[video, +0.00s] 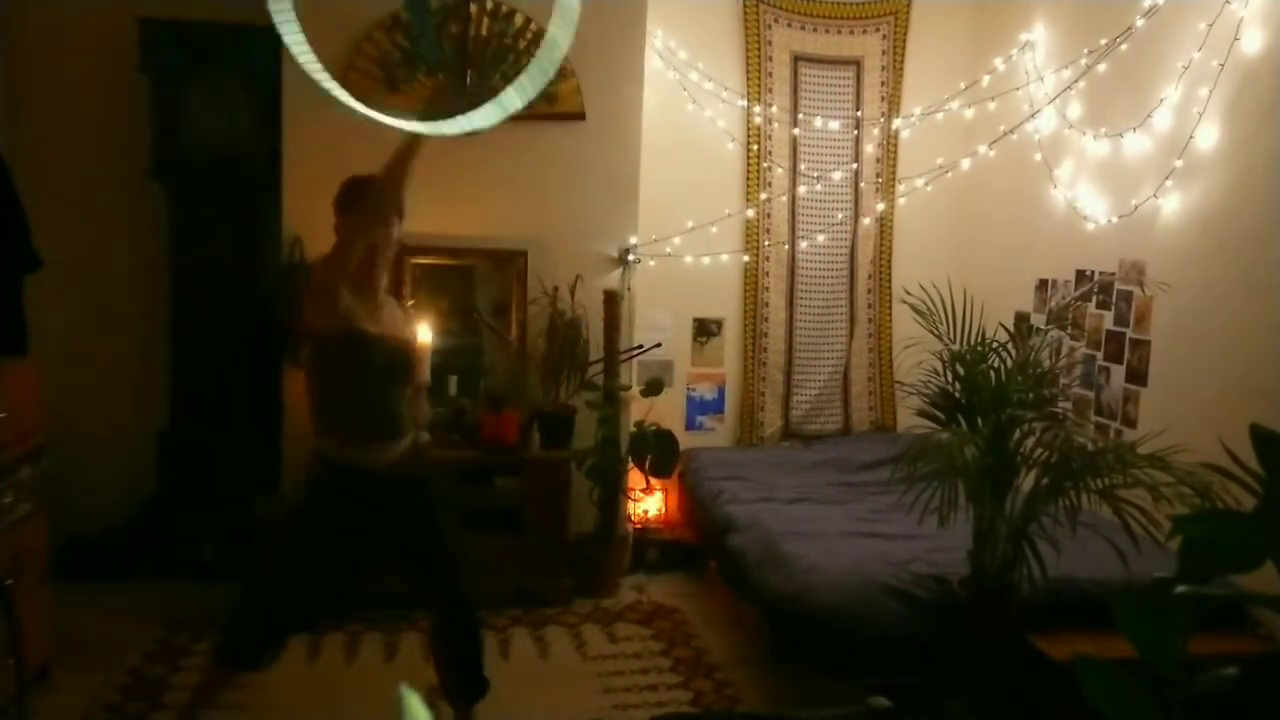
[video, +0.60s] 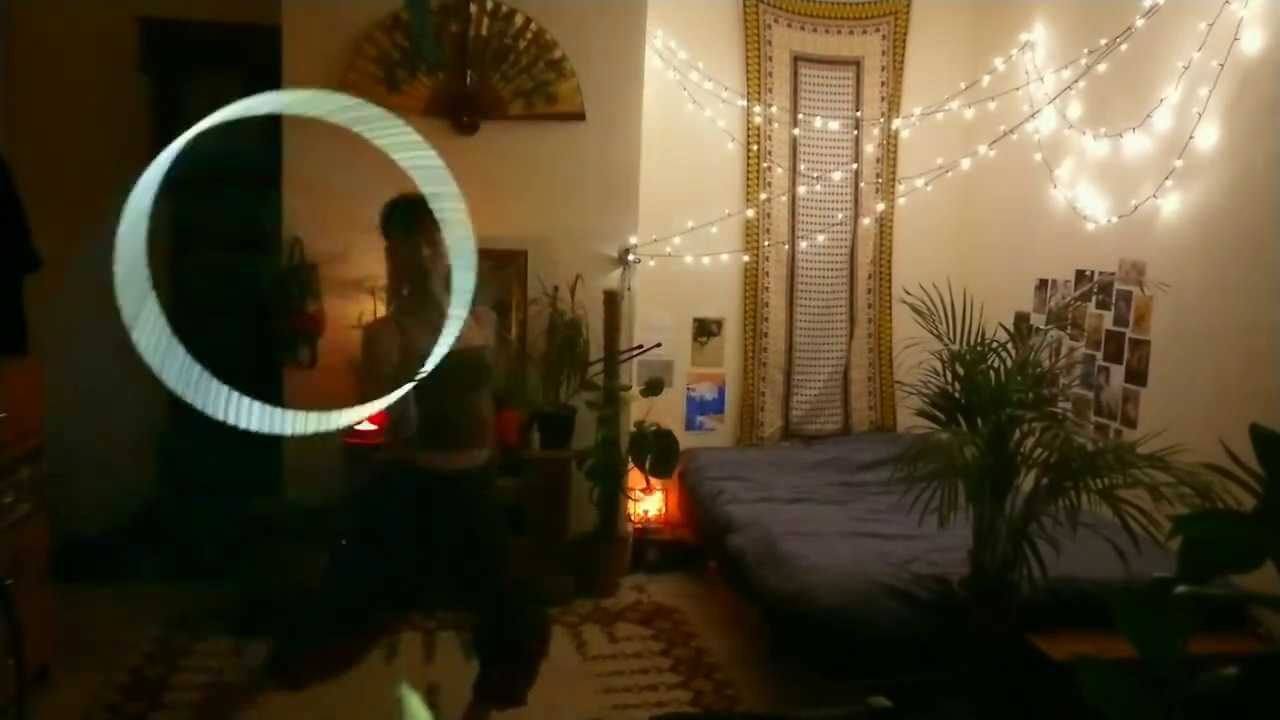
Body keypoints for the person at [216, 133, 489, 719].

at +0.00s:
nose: (386, 238)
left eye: (392, 223)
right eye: (375, 221)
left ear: (401, 231)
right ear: (345, 222)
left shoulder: (393, 308)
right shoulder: (319, 295)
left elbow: (409, 396)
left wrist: (419, 374)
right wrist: (414, 133)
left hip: (403, 475)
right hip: (339, 476)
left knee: (452, 593)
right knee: (281, 597)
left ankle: (465, 702)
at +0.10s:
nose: (366, 228)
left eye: (373, 217)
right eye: (353, 217)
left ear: (383, 223)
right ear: (325, 223)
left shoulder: (386, 304)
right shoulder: (304, 290)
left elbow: (411, 385)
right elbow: (392, 249)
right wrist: (455, 202)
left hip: (392, 469)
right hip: (323, 471)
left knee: (439, 590)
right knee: (275, 597)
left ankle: (457, 704)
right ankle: (199, 699)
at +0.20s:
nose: (354, 231)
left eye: (364, 218)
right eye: (341, 217)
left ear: (377, 226)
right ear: (316, 222)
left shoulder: (386, 306)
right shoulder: (297, 291)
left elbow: (411, 393)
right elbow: (342, 323)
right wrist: (405, 319)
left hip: (381, 467)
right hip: (312, 470)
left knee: (433, 583)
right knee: (278, 591)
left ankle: (454, 701)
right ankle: (212, 685)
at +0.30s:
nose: (361, 237)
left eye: (371, 224)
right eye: (347, 224)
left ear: (384, 232)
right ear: (323, 230)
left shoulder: (393, 315)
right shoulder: (300, 303)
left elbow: (408, 399)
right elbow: (341, 377)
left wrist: (418, 364)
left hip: (389, 475)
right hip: (320, 476)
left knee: (446, 611)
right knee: (266, 604)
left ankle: (461, 708)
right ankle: (198, 702)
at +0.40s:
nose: (377, 245)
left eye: (386, 232)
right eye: (365, 233)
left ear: (401, 238)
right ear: (343, 241)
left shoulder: (415, 316)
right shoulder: (329, 315)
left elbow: (421, 396)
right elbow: (346, 407)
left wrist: (429, 446)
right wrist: (392, 449)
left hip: (419, 473)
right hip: (362, 477)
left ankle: (460, 704)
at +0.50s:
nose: (406, 248)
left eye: (413, 235)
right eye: (391, 236)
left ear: (425, 240)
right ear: (369, 246)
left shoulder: (459, 328)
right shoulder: (359, 333)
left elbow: (480, 408)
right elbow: (356, 425)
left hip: (453, 488)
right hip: (385, 492)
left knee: (501, 640)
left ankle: (472, 710)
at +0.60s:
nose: (428, 257)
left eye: (435, 242)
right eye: (413, 245)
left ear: (448, 247)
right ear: (392, 255)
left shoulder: (481, 323)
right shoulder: (384, 335)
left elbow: (501, 395)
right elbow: (393, 427)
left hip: (475, 484)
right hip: (407, 484)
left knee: (514, 628)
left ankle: (478, 709)